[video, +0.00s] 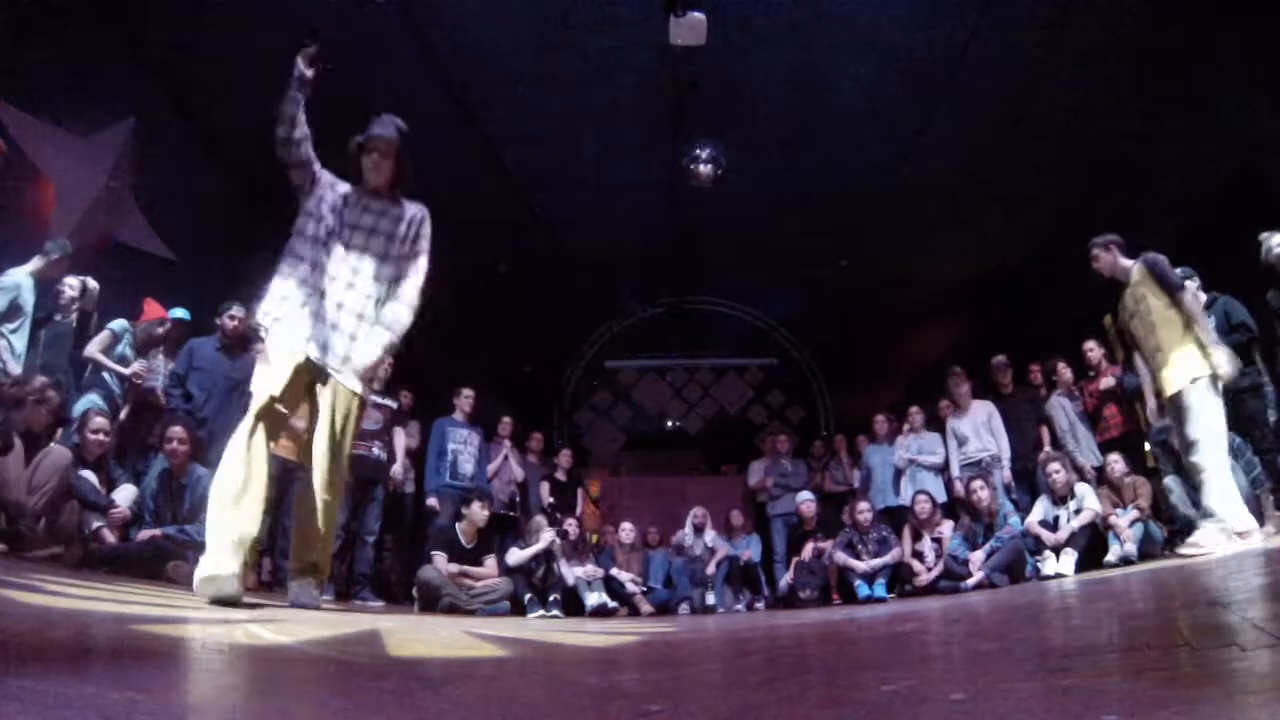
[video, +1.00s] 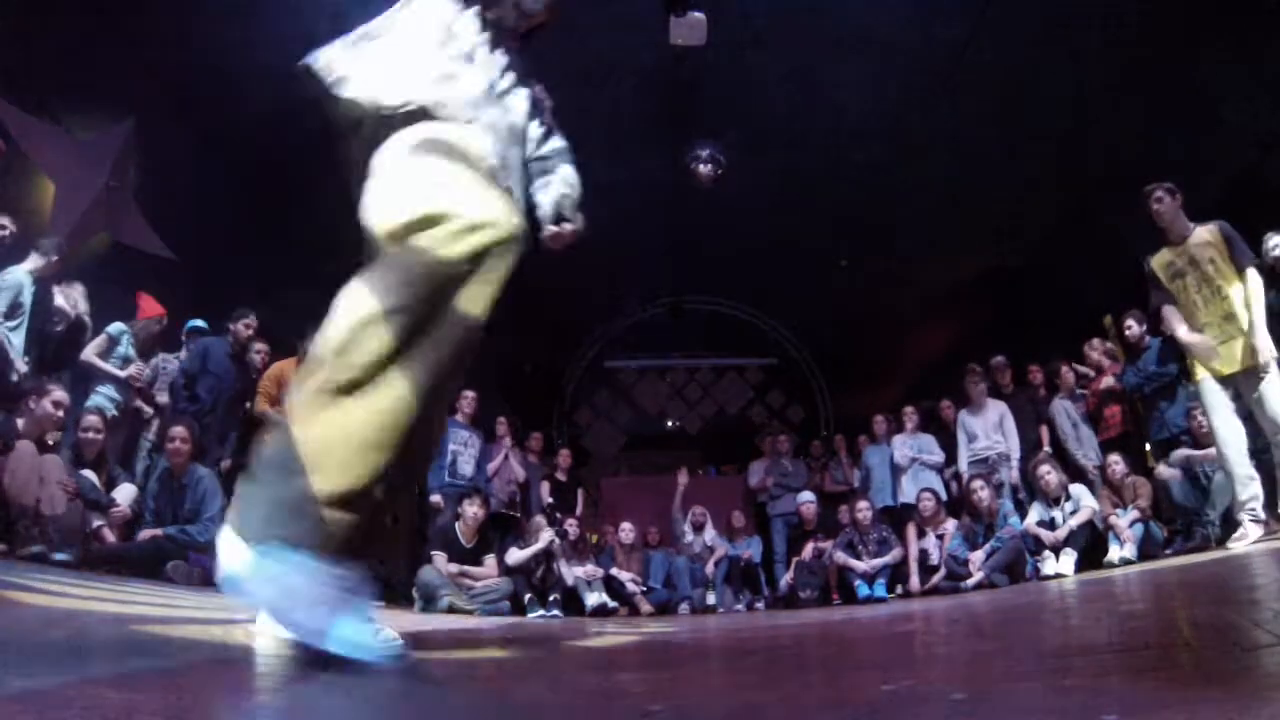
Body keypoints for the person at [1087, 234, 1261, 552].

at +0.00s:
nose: (1096, 267)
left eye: (1096, 258)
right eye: (1093, 262)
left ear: (1112, 251)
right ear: (1105, 259)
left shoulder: (1150, 263)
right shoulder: (1124, 305)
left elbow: (1187, 300)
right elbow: (1139, 354)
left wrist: (1214, 348)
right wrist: (1149, 397)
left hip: (1191, 366)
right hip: (1167, 381)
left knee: (1204, 446)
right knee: (1195, 452)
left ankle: (1216, 524)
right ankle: (1241, 522)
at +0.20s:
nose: (1109, 248)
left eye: (1113, 239)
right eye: (1106, 244)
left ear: (1131, 236)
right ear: (1111, 250)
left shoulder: (1166, 254)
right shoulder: (1128, 296)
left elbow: (1213, 293)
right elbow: (1141, 340)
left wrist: (1246, 334)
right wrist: (1155, 374)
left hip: (1208, 360)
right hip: (1176, 377)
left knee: (1243, 436)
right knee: (1208, 460)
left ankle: (1274, 511)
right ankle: (1239, 525)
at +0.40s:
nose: (1123, 240)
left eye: (1126, 231)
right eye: (1120, 235)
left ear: (1145, 224)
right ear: (1127, 238)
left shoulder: (1189, 245)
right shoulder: (1139, 284)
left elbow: (1228, 288)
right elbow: (1151, 329)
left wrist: (1255, 337)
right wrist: (1165, 363)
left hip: (1229, 355)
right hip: (1191, 373)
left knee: (1269, 435)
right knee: (1212, 456)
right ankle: (1236, 527)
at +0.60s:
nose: (1138, 222)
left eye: (1142, 214)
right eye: (1135, 218)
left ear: (1161, 209)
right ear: (1138, 224)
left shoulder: (1207, 235)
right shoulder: (1150, 271)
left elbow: (1243, 278)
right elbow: (1161, 318)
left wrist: (1253, 326)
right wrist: (1194, 344)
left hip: (1245, 345)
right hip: (1204, 360)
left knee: (1276, 429)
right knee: (1224, 445)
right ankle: (1237, 524)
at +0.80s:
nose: (1150, 208)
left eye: (1155, 200)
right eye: (1146, 205)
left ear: (1174, 199)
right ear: (1147, 215)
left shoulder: (1217, 230)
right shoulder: (1154, 261)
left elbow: (1252, 272)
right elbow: (1170, 310)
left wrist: (1256, 323)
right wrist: (1213, 320)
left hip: (1250, 346)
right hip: (1207, 364)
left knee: (1275, 425)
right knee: (1234, 447)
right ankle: (1254, 522)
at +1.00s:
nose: (1155, 207)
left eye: (1160, 199)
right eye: (1150, 204)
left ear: (1178, 200)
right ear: (1150, 214)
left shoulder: (1218, 232)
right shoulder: (1156, 263)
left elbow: (1252, 277)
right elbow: (1166, 308)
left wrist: (1260, 333)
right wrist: (1184, 333)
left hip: (1248, 346)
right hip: (1205, 360)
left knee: (1276, 427)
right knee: (1228, 440)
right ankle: (1252, 518)